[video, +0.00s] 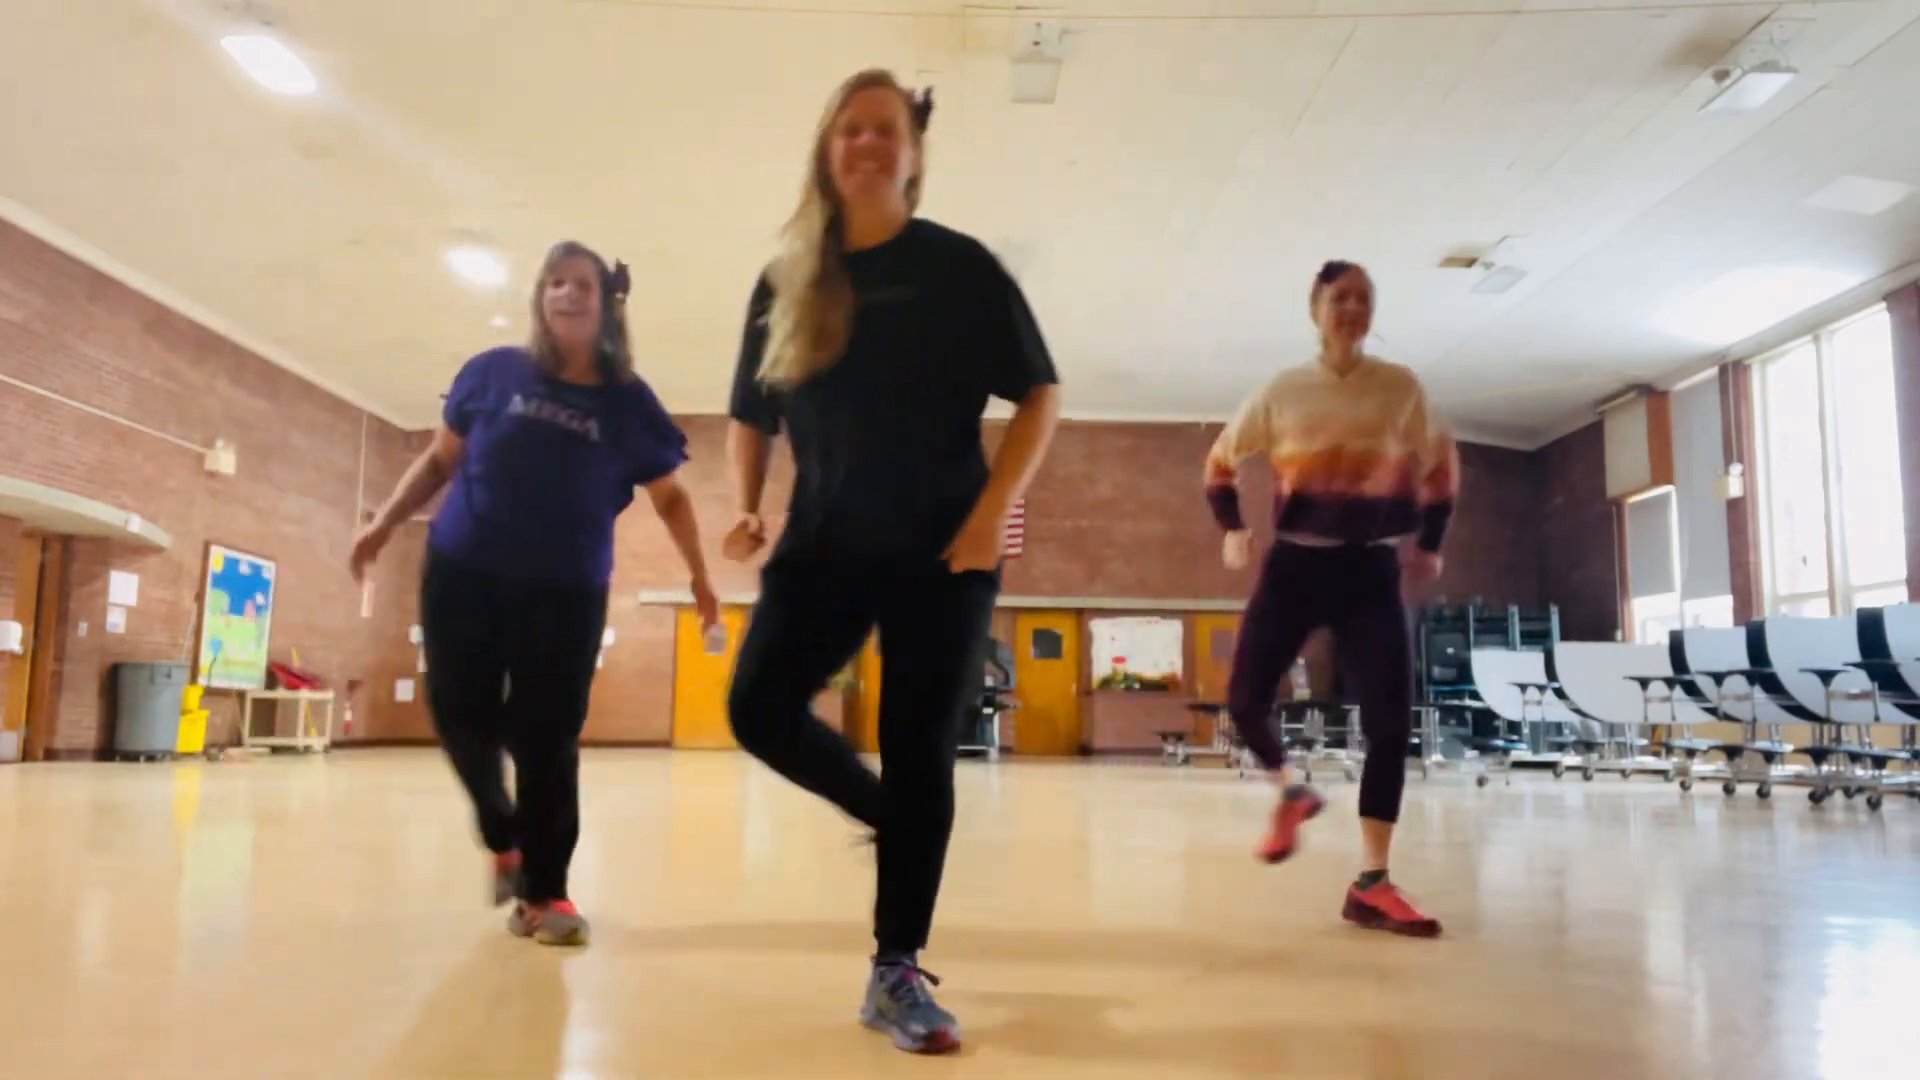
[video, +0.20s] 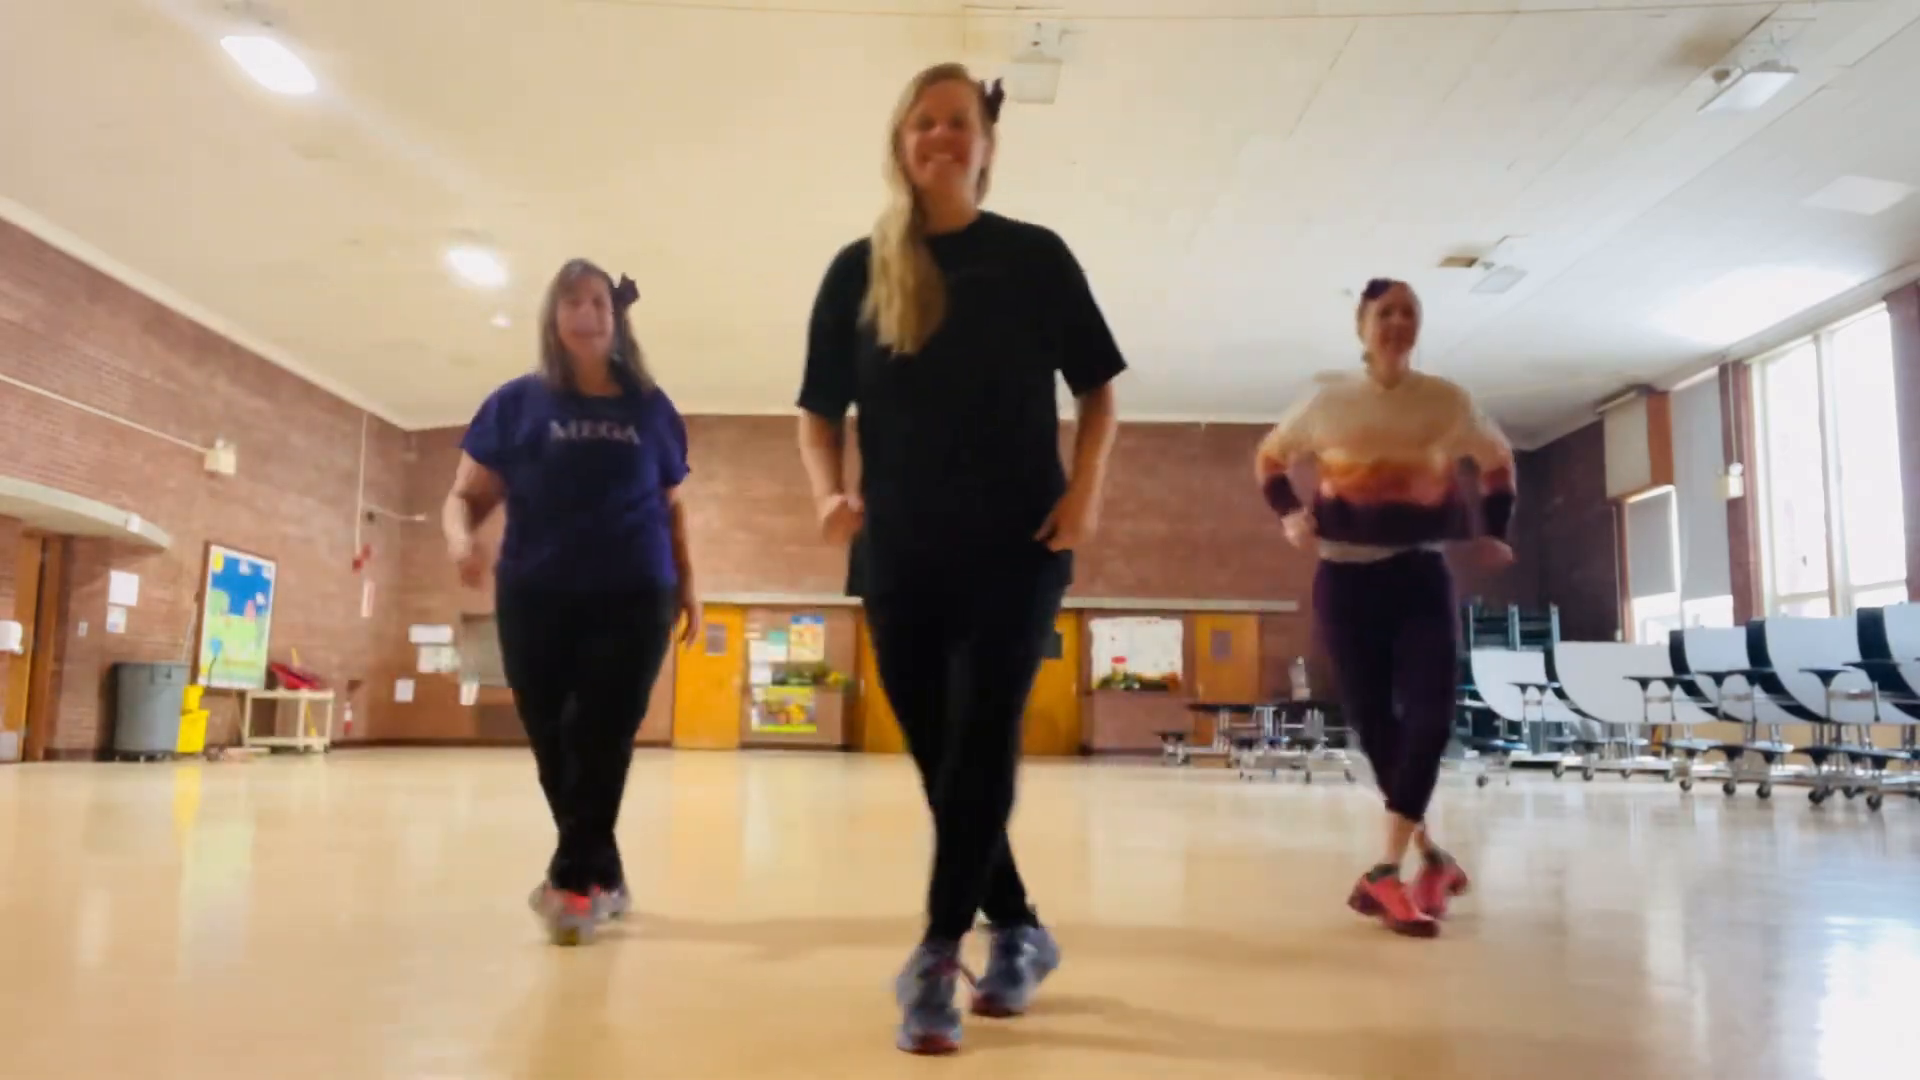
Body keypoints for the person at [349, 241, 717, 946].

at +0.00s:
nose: (568, 294)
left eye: (583, 286)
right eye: (557, 283)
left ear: (606, 306)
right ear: (538, 299)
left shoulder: (627, 402)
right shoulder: (493, 373)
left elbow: (671, 499)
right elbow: (439, 460)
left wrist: (700, 577)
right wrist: (381, 524)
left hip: (562, 592)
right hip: (465, 578)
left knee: (548, 741)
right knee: (460, 719)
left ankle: (544, 894)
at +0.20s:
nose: (589, 312)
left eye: (599, 302)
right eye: (575, 301)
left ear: (617, 316)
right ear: (552, 316)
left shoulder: (651, 408)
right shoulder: (516, 403)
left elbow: (672, 504)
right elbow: (465, 496)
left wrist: (685, 585)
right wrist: (462, 539)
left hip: (631, 593)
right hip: (537, 594)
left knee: (600, 735)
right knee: (554, 742)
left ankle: (567, 883)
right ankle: (603, 877)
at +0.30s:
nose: (592, 316)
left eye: (600, 305)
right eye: (577, 307)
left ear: (617, 316)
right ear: (553, 324)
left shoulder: (662, 402)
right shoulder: (531, 412)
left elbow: (696, 493)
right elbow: (485, 506)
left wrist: (730, 545)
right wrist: (503, 532)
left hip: (655, 594)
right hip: (560, 597)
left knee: (649, 735)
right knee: (566, 740)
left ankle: (625, 878)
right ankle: (593, 872)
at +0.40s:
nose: (605, 309)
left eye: (614, 298)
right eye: (589, 302)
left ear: (632, 311)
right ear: (568, 324)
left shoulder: (679, 395)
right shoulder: (545, 409)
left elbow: (721, 476)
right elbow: (509, 513)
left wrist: (771, 489)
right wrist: (535, 478)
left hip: (672, 586)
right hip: (574, 592)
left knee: (688, 725)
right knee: (579, 743)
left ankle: (690, 863)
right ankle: (598, 880)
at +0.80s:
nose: (703, 306)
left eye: (716, 297)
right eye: (691, 299)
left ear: (740, 314)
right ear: (676, 318)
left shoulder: (776, 404)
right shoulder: (650, 401)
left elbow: (821, 486)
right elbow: (592, 489)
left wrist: (803, 425)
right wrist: (602, 422)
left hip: (746, 589)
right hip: (650, 583)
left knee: (743, 735)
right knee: (611, 725)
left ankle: (773, 884)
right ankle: (604, 872)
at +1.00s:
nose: (732, 305)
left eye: (745, 295)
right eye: (721, 297)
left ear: (770, 314)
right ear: (709, 316)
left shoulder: (797, 395)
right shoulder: (680, 388)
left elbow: (827, 467)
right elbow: (628, 455)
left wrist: (829, 381)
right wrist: (638, 367)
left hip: (760, 587)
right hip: (668, 578)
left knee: (749, 732)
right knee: (648, 719)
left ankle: (773, 880)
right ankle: (676, 851)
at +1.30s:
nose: (713, 301)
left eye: (727, 291)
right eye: (702, 293)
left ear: (751, 307)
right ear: (688, 312)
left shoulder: (783, 396)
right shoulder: (660, 390)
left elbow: (820, 486)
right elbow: (603, 484)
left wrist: (773, 449)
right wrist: (634, 421)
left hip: (746, 587)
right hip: (652, 573)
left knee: (741, 733)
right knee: (598, 693)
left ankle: (772, 884)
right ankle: (627, 854)